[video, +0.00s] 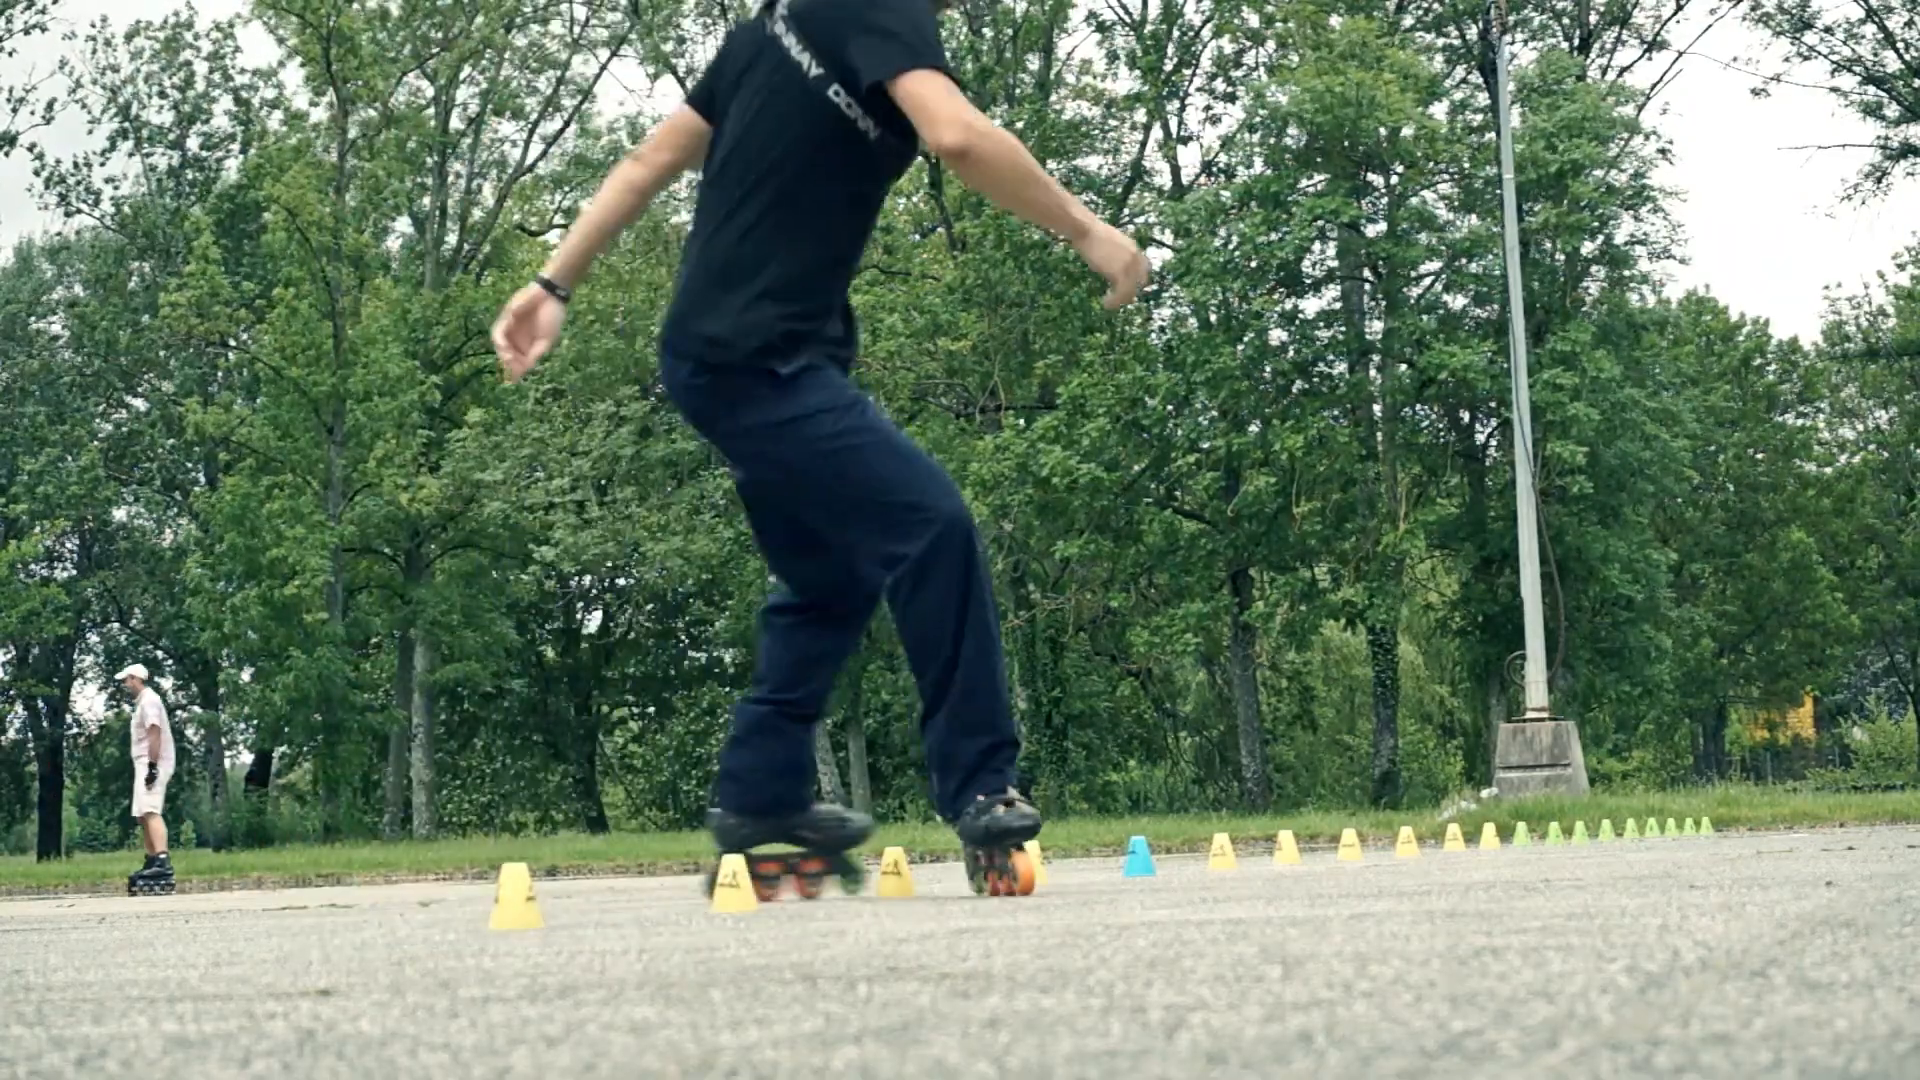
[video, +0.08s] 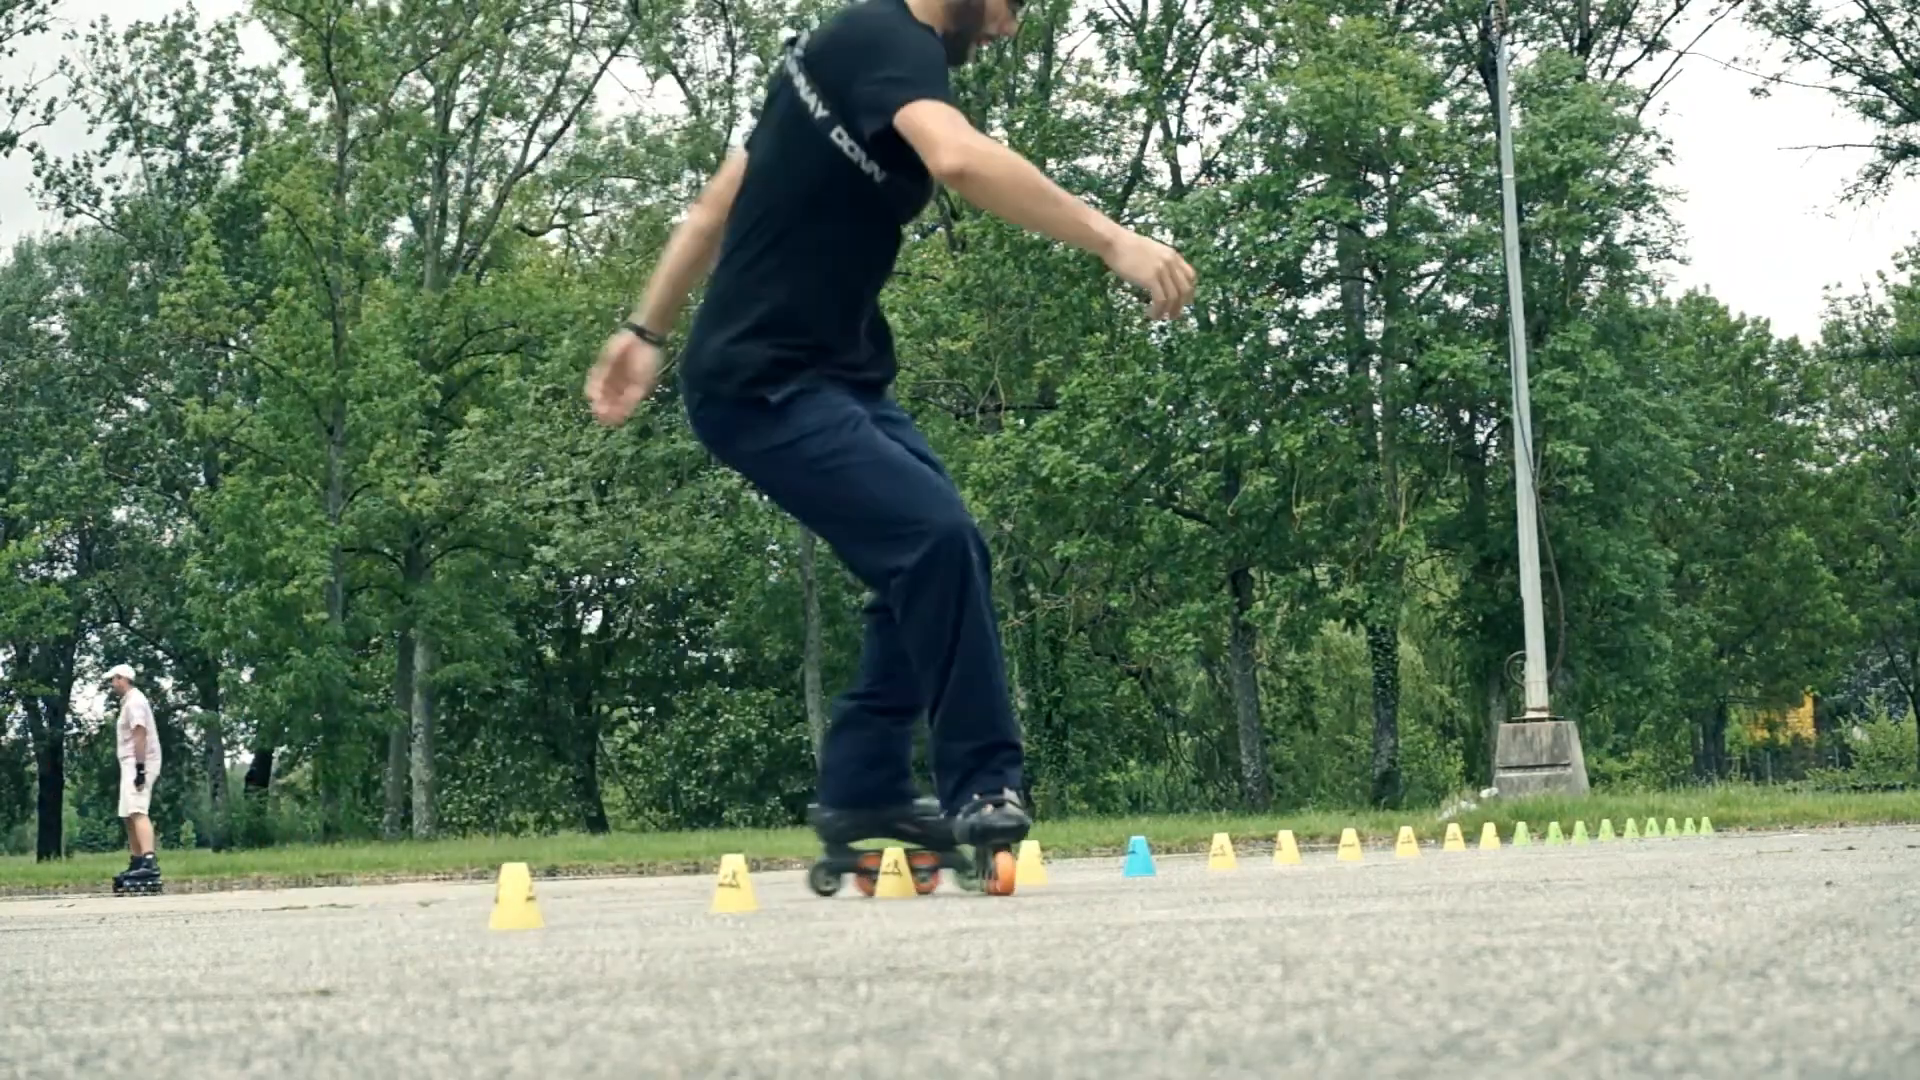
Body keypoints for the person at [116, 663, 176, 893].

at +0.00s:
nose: (124, 685)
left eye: (127, 680)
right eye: (124, 681)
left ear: (137, 679)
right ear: (134, 681)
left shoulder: (149, 699)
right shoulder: (143, 701)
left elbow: (154, 732)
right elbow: (149, 735)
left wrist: (152, 764)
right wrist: (144, 763)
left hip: (153, 761)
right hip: (144, 760)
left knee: (150, 811)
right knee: (143, 813)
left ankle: (162, 860)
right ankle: (152, 859)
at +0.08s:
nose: (112, 685)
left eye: (114, 680)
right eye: (111, 681)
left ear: (124, 679)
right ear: (121, 680)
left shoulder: (134, 700)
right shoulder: (129, 701)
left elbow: (140, 733)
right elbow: (134, 736)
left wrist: (140, 766)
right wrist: (129, 766)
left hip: (139, 761)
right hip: (130, 761)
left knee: (138, 811)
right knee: (128, 812)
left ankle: (148, 860)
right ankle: (137, 859)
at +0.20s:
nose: (89, 685)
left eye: (91, 680)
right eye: (88, 681)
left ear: (102, 680)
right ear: (100, 681)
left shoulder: (113, 701)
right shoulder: (108, 702)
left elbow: (118, 734)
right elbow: (113, 736)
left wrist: (118, 767)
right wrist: (110, 766)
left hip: (121, 760)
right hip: (110, 760)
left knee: (117, 811)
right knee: (108, 813)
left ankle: (129, 859)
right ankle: (116, 858)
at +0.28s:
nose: (74, 685)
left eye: (77, 681)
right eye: (74, 681)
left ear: (87, 680)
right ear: (84, 682)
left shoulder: (98, 702)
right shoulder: (92, 702)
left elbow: (102, 735)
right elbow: (98, 736)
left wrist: (100, 767)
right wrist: (95, 766)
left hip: (108, 760)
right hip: (96, 760)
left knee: (104, 812)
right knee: (94, 815)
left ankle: (114, 860)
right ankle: (102, 860)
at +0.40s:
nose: (51, 687)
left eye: (54, 683)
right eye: (51, 683)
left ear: (64, 683)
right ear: (62, 684)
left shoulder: (75, 702)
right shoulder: (69, 704)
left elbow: (79, 733)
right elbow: (75, 735)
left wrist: (71, 764)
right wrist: (68, 763)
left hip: (89, 762)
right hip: (78, 763)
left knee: (82, 811)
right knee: (73, 814)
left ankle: (93, 862)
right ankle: (80, 861)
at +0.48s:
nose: (35, 689)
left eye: (37, 684)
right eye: (34, 685)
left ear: (48, 683)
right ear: (48, 684)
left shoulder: (60, 702)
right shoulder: (56, 704)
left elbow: (62, 733)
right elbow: (60, 736)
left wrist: (54, 764)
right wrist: (53, 764)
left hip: (74, 763)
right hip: (65, 764)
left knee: (69, 813)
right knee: (59, 815)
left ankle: (79, 864)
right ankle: (67, 863)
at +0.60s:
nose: (16, 689)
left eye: (18, 684)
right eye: (15, 685)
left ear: (29, 684)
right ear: (28, 684)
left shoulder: (41, 703)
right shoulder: (36, 704)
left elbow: (39, 735)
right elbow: (36, 737)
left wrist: (30, 763)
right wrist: (31, 761)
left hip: (55, 764)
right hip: (46, 765)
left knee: (51, 815)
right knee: (42, 817)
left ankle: (61, 865)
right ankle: (49, 864)